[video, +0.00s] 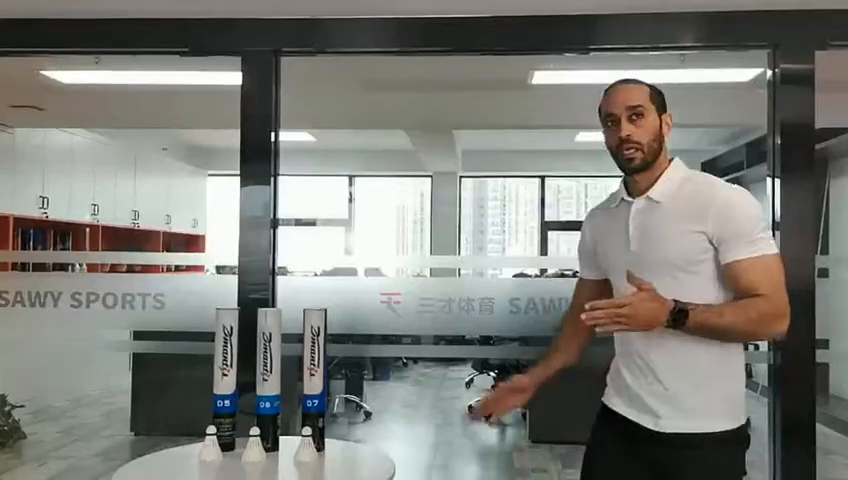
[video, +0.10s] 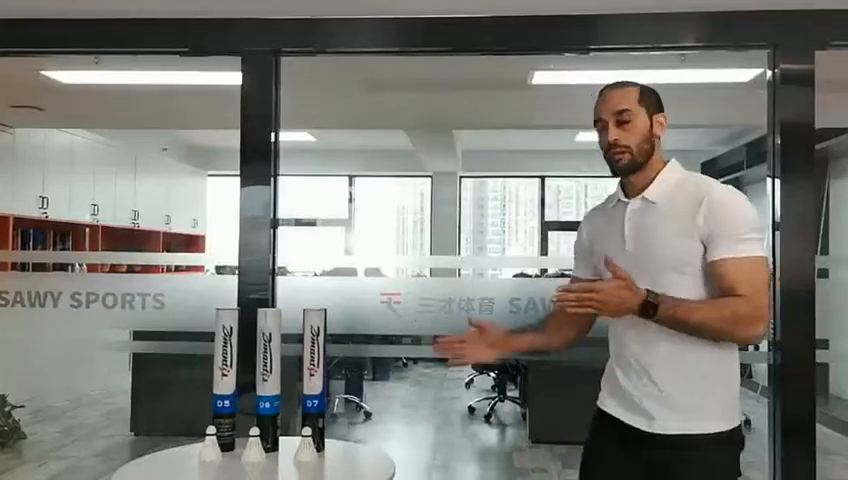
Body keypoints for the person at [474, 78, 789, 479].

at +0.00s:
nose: (623, 133)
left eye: (636, 117)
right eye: (612, 123)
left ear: (665, 124)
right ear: (604, 136)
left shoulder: (726, 204)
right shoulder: (599, 222)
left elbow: (773, 316)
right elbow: (582, 320)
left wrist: (671, 314)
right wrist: (530, 379)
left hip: (707, 434)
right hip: (622, 426)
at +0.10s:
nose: (610, 137)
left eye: (623, 121)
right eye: (601, 127)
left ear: (658, 126)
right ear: (596, 137)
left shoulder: (718, 205)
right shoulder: (596, 224)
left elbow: (750, 320)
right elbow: (572, 321)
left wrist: (641, 304)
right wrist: (508, 342)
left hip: (700, 434)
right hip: (618, 424)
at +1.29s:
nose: (538, 139)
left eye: (550, 125)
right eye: (526, 131)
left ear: (577, 131)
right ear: (518, 145)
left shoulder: (629, 202)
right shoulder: (526, 230)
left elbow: (647, 318)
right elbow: (522, 333)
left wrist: (538, 315)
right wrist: (432, 338)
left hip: (618, 427)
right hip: (545, 425)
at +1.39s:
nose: (536, 141)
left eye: (548, 126)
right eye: (524, 132)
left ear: (575, 131)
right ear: (516, 146)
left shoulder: (627, 203)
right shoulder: (525, 230)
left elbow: (645, 319)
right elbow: (522, 335)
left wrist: (535, 307)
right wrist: (436, 329)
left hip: (617, 426)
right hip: (544, 424)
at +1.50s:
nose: (536, 141)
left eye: (547, 126)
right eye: (523, 132)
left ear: (574, 131)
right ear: (516, 145)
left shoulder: (626, 202)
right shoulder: (526, 229)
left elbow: (642, 319)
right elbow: (520, 334)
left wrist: (532, 304)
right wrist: (436, 324)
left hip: (615, 425)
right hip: (543, 423)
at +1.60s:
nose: (535, 141)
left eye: (547, 126)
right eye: (524, 132)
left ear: (575, 131)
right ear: (517, 145)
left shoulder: (626, 203)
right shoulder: (525, 229)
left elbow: (640, 320)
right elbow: (520, 334)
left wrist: (532, 311)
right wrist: (431, 333)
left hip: (614, 426)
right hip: (543, 424)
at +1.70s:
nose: (533, 142)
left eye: (545, 126)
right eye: (523, 133)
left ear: (575, 130)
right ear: (516, 145)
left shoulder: (626, 203)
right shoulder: (526, 229)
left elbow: (641, 320)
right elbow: (521, 333)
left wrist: (533, 310)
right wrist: (435, 332)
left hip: (613, 427)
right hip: (542, 424)